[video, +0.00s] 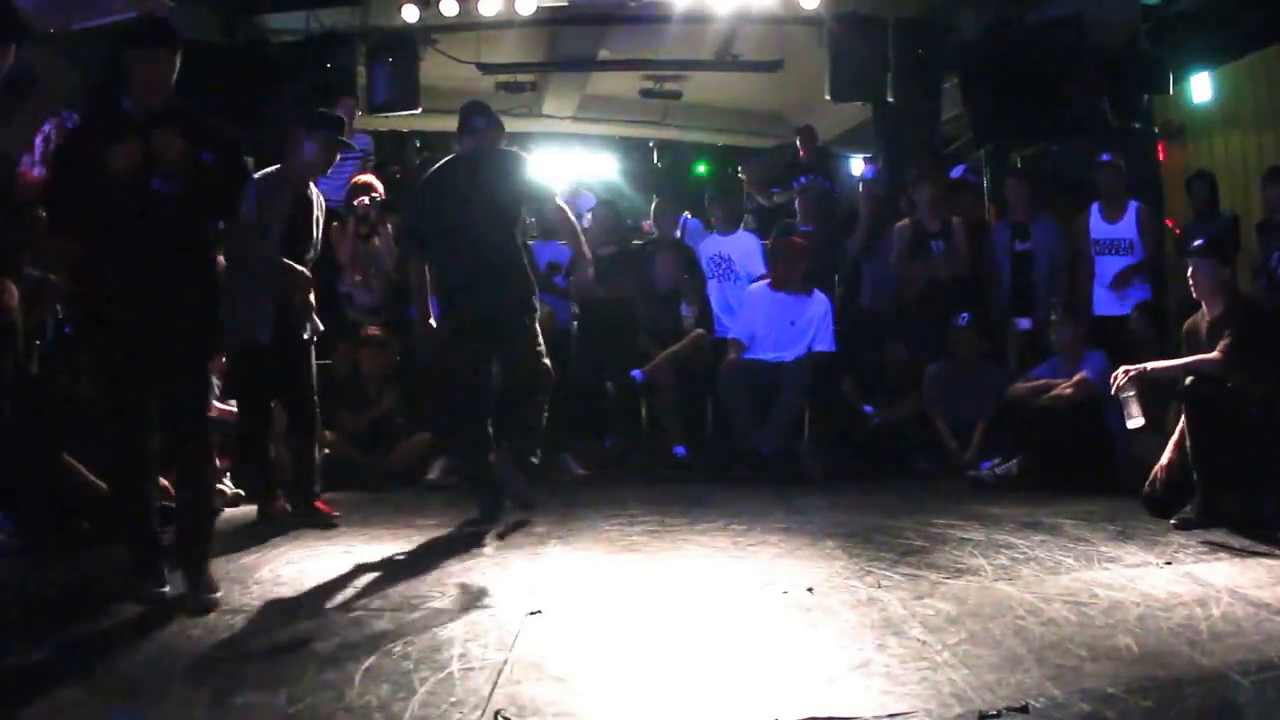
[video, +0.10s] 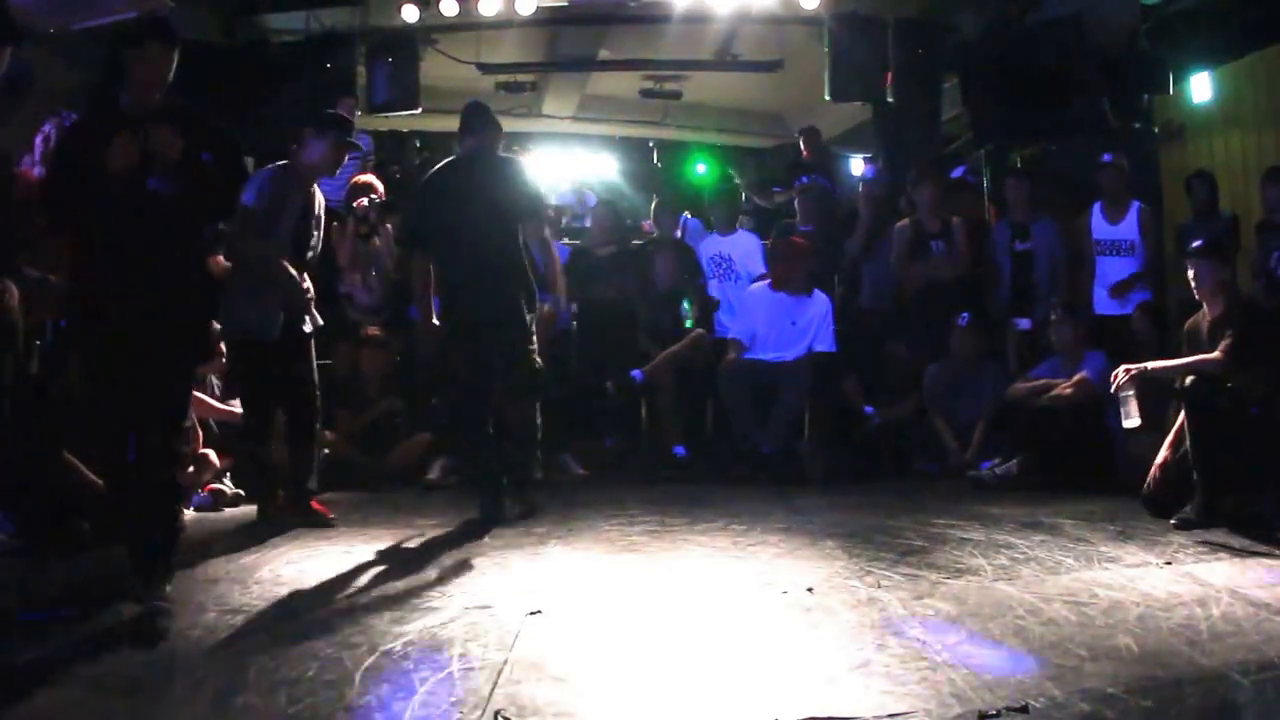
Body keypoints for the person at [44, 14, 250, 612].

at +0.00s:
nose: (153, 75)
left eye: (163, 63)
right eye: (142, 63)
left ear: (176, 65)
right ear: (125, 66)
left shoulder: (200, 133)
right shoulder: (93, 134)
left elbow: (231, 202)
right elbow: (61, 215)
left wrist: (186, 167)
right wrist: (109, 173)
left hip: (186, 305)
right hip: (114, 307)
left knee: (190, 436)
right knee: (126, 438)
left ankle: (197, 567)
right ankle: (143, 568)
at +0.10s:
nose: (154, 75)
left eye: (164, 63)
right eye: (144, 62)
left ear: (174, 66)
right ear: (124, 64)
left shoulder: (191, 130)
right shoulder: (89, 131)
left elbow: (226, 201)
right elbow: (55, 212)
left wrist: (181, 162)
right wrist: (107, 169)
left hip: (172, 307)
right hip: (100, 307)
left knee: (160, 440)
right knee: (107, 437)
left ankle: (154, 578)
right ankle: (130, 560)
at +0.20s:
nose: (151, 73)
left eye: (161, 63)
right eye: (142, 61)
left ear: (173, 68)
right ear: (121, 63)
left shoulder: (190, 132)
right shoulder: (83, 132)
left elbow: (222, 204)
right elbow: (46, 210)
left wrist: (176, 155)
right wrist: (100, 160)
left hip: (164, 297)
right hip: (93, 295)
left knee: (149, 424)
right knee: (99, 422)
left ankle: (142, 554)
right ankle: (115, 549)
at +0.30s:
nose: (147, 76)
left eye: (159, 66)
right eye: (138, 62)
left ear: (174, 68)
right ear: (119, 60)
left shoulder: (188, 135)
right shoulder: (75, 129)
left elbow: (221, 210)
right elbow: (32, 203)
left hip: (153, 305)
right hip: (79, 302)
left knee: (133, 451)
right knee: (79, 437)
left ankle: (116, 604)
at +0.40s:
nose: (147, 63)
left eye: (160, 54)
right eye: (140, 49)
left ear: (177, 61)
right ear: (122, 49)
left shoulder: (184, 129)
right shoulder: (75, 116)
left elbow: (207, 208)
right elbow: (26, 188)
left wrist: (162, 137)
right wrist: (92, 129)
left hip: (142, 301)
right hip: (71, 296)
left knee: (129, 442)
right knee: (82, 434)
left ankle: (113, 600)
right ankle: (138, 549)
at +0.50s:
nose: (143, 65)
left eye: (158, 58)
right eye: (138, 51)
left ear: (176, 62)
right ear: (122, 44)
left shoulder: (178, 134)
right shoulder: (66, 115)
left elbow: (198, 218)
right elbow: (19, 175)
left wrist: (156, 132)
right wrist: (81, 119)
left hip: (133, 303)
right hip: (58, 296)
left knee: (123, 450)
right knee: (49, 438)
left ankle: (117, 601)